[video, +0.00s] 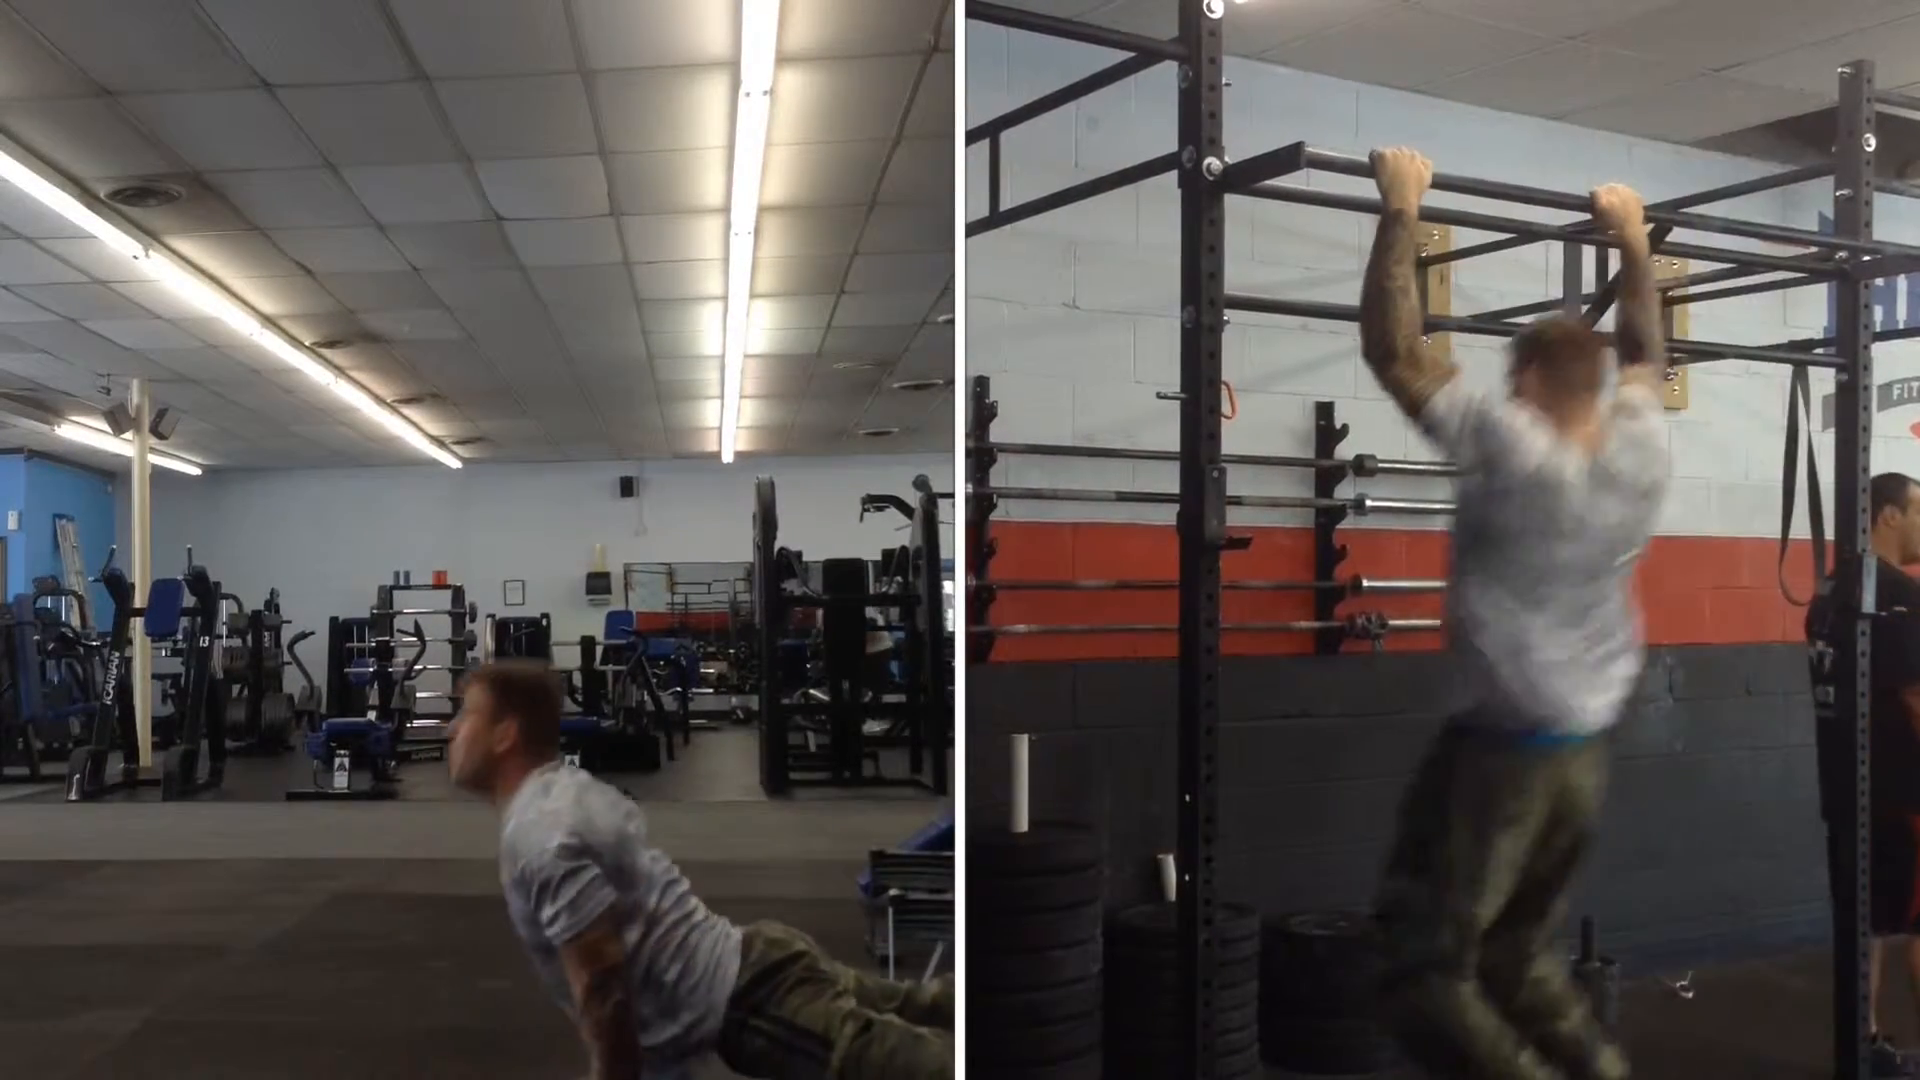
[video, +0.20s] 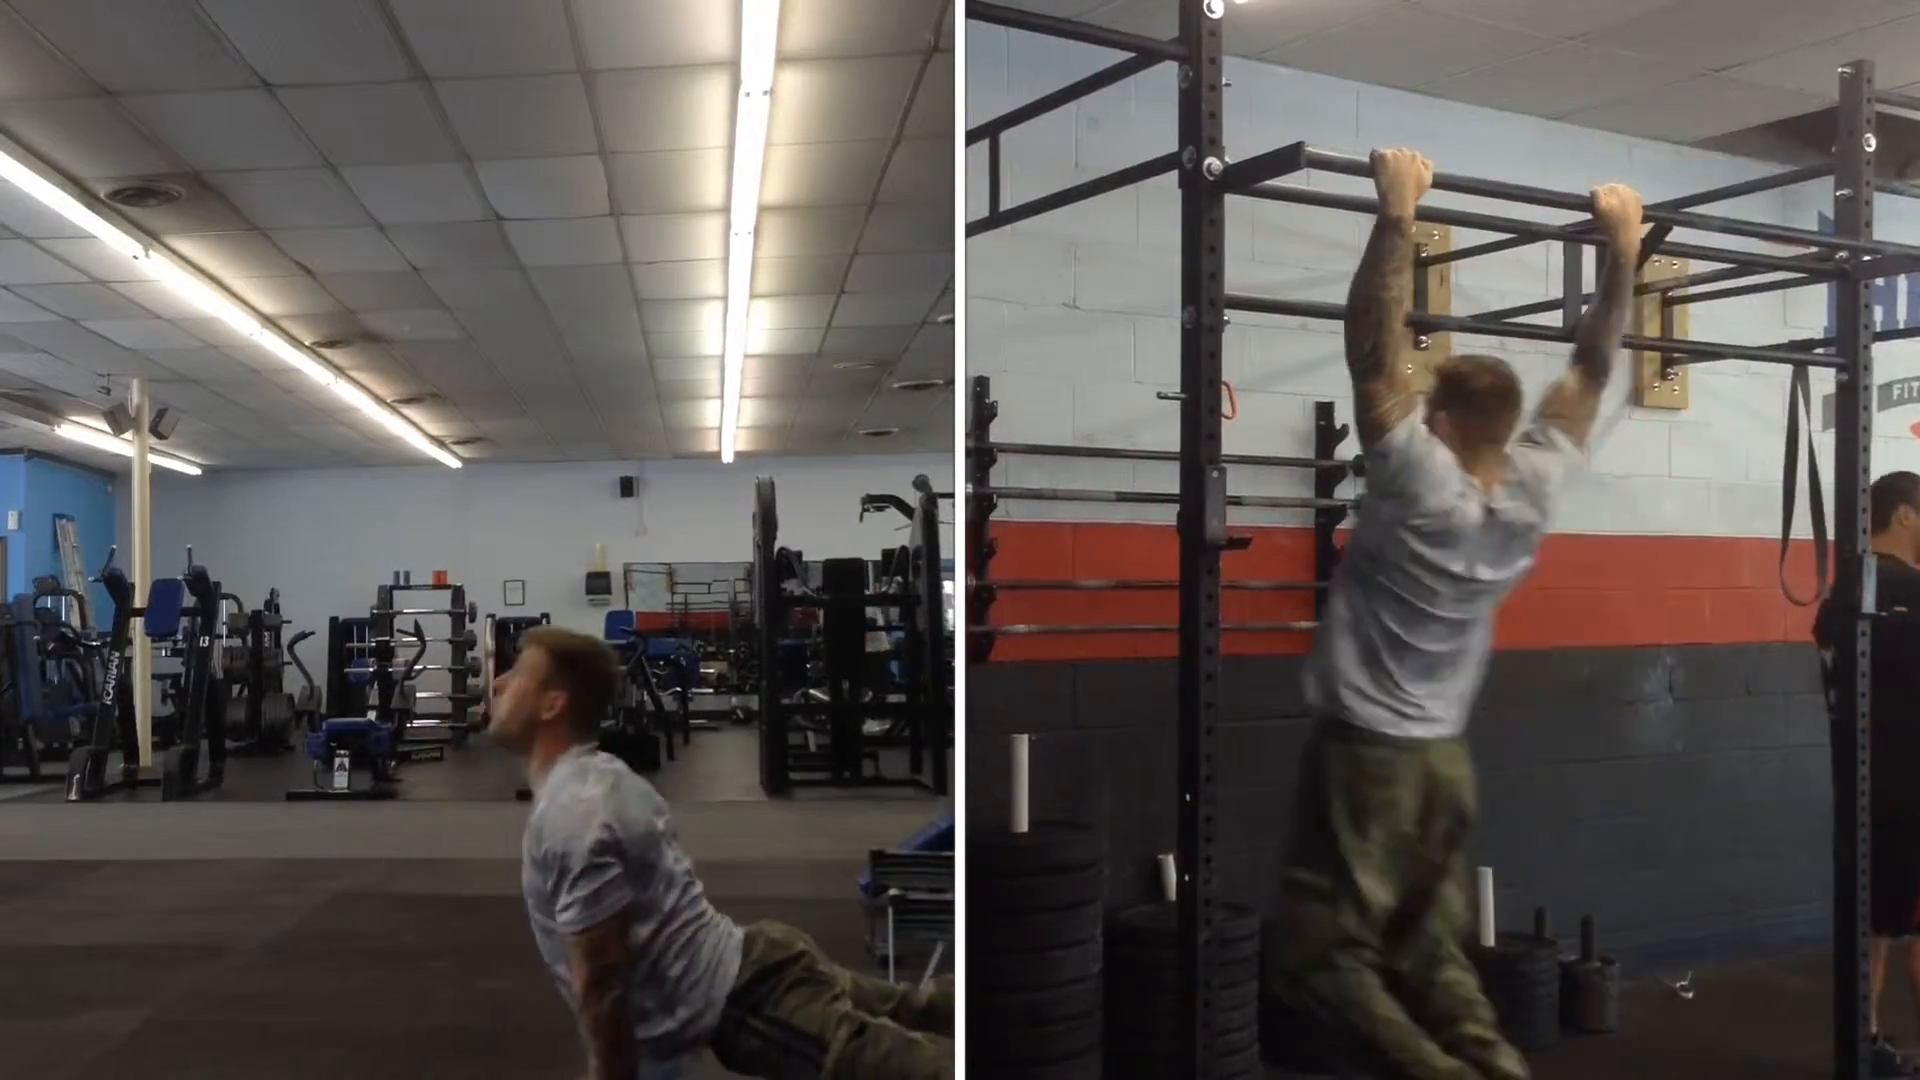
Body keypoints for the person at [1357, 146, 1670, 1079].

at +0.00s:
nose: (1513, 379)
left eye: (1521, 366)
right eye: (1523, 366)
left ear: (1530, 376)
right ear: (1602, 383)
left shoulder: (1506, 445)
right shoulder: (1639, 456)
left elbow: (1392, 352)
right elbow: (1643, 357)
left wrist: (1398, 213)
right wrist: (1635, 245)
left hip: (1500, 755)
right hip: (1585, 760)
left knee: (1424, 967)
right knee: (1518, 960)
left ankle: (1526, 1069)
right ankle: (1601, 1067)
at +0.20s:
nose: (1422, 391)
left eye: (1431, 388)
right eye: (1431, 383)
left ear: (1440, 421)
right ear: (1507, 432)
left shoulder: (1410, 485)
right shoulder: (1524, 502)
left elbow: (1372, 344)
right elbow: (1590, 372)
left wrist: (1394, 217)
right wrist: (1620, 263)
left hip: (1366, 754)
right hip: (1446, 756)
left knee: (1320, 954)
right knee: (1427, 948)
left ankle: (1437, 1070)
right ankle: (1500, 1066)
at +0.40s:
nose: (1423, 409)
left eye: (1433, 400)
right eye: (1436, 399)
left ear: (1444, 419)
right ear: (1507, 430)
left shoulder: (1401, 478)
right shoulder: (1513, 502)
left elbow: (1361, 343)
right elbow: (1576, 372)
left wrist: (1392, 215)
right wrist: (1619, 260)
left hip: (1313, 716)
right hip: (1394, 724)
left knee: (1245, 884)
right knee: (1345, 890)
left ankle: (1323, 1054)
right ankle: (1390, 1053)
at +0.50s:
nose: (1455, 419)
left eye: (1462, 410)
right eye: (1465, 408)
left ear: (1470, 426)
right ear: (1538, 439)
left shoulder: (1429, 488)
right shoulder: (1545, 509)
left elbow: (1366, 353)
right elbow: (1590, 376)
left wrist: (1394, 218)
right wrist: (1621, 259)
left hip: (1338, 713)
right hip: (1409, 719)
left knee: (1200, 714)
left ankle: (1192, 902)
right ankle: (1285, 922)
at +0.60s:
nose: (1500, 418)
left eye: (1509, 408)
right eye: (1510, 407)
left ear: (1521, 430)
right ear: (1583, 435)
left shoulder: (1468, 495)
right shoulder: (1592, 508)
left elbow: (1379, 361)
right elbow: (1606, 380)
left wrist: (1396, 214)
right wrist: (1625, 253)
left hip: (1367, 707)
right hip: (1447, 709)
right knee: (1311, 574)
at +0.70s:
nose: (1560, 373)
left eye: (1568, 363)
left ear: (1572, 379)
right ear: (1643, 401)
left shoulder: (1511, 451)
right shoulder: (1653, 487)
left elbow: (1406, 353)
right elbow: (1636, 375)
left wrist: (1402, 211)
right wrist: (1635, 257)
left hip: (1397, 592)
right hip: (1464, 639)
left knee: (1241, 493)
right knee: (1320, 539)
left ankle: (1122, 547)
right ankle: (1216, 577)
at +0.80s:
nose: (1600, 271)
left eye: (1608, 260)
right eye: (1608, 255)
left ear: (1617, 276)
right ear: (1683, 295)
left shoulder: (1556, 354)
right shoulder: (1698, 392)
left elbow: (1403, 320)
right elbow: (1657, 323)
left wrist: (1402, 203)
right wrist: (1630, 238)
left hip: (1441, 469)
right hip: (1504, 512)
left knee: (1253, 442)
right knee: (1344, 473)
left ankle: (1133, 556)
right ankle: (1247, 574)